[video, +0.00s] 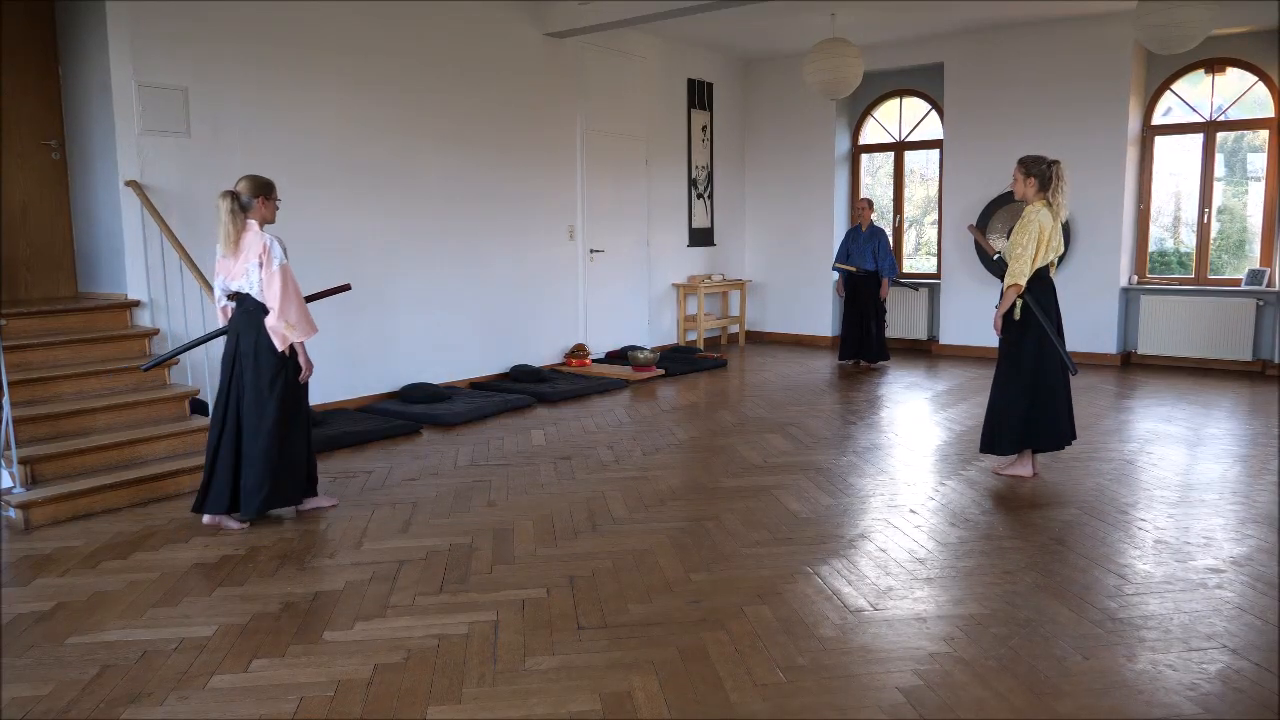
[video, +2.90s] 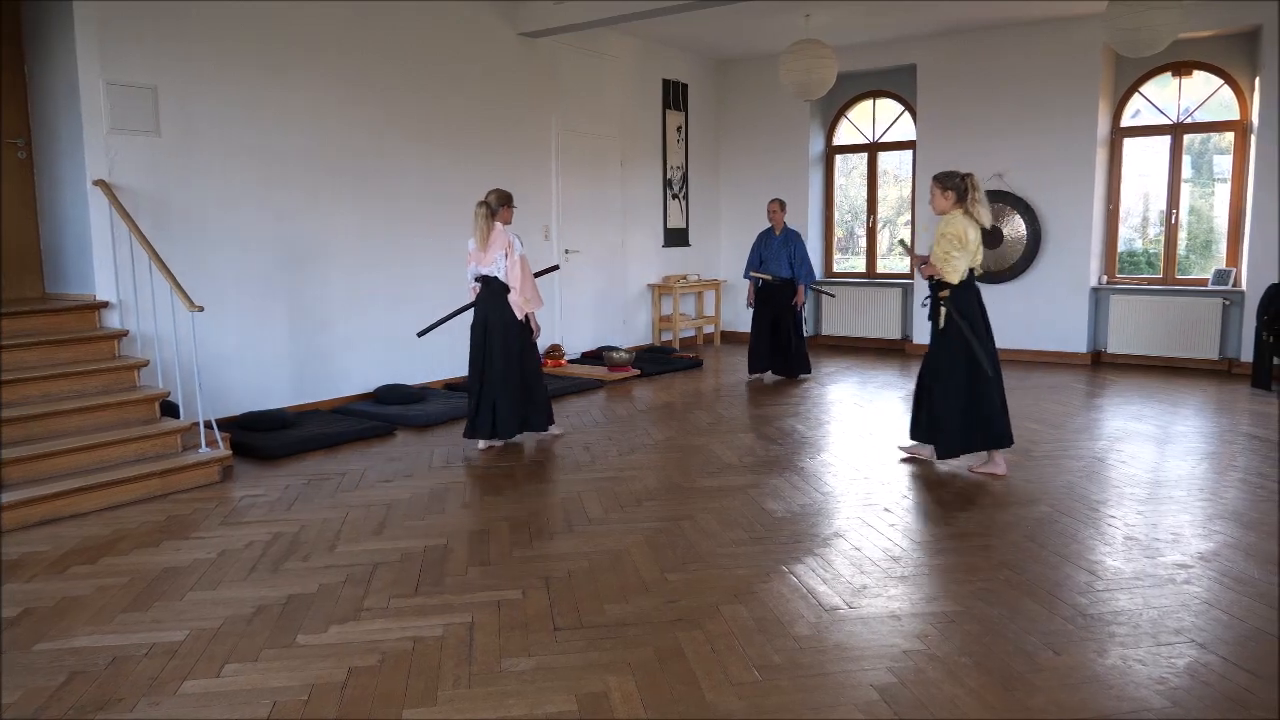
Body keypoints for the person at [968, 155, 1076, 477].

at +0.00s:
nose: (1012, 185)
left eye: (1016, 179)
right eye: (1013, 179)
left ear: (1031, 182)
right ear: (1035, 182)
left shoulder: (1032, 217)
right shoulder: (1048, 214)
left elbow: (1021, 268)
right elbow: (1016, 254)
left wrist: (1001, 308)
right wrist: (987, 243)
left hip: (1028, 301)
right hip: (1041, 298)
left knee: (1025, 376)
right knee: (1033, 376)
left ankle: (1025, 459)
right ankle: (1025, 455)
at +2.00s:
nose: (986, 186)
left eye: (990, 181)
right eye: (987, 181)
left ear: (1005, 184)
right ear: (1010, 184)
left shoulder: (1006, 217)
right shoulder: (1023, 216)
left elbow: (994, 269)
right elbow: (988, 266)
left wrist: (975, 307)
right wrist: (962, 246)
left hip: (1002, 301)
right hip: (1016, 298)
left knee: (1003, 375)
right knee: (1011, 374)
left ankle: (1007, 457)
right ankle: (1008, 454)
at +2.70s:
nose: (956, 192)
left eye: (959, 187)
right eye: (957, 186)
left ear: (975, 188)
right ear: (980, 189)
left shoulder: (976, 218)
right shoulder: (995, 215)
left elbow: (983, 265)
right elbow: (996, 257)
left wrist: (950, 277)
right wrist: (956, 250)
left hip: (978, 304)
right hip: (991, 301)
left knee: (988, 376)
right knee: (984, 375)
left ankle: (999, 458)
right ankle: (984, 449)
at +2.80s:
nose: (945, 195)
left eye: (948, 190)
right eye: (945, 189)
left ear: (963, 191)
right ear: (969, 191)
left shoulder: (965, 220)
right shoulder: (984, 217)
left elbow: (971, 265)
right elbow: (981, 258)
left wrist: (942, 266)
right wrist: (940, 252)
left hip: (966, 303)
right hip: (981, 300)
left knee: (950, 373)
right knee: (985, 375)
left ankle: (997, 459)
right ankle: (949, 443)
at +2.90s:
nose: (930, 200)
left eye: (933, 194)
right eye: (931, 194)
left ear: (949, 196)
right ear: (954, 196)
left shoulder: (951, 226)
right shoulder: (970, 222)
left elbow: (951, 272)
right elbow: (974, 263)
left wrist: (926, 270)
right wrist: (934, 261)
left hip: (955, 306)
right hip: (969, 302)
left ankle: (996, 459)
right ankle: (930, 445)